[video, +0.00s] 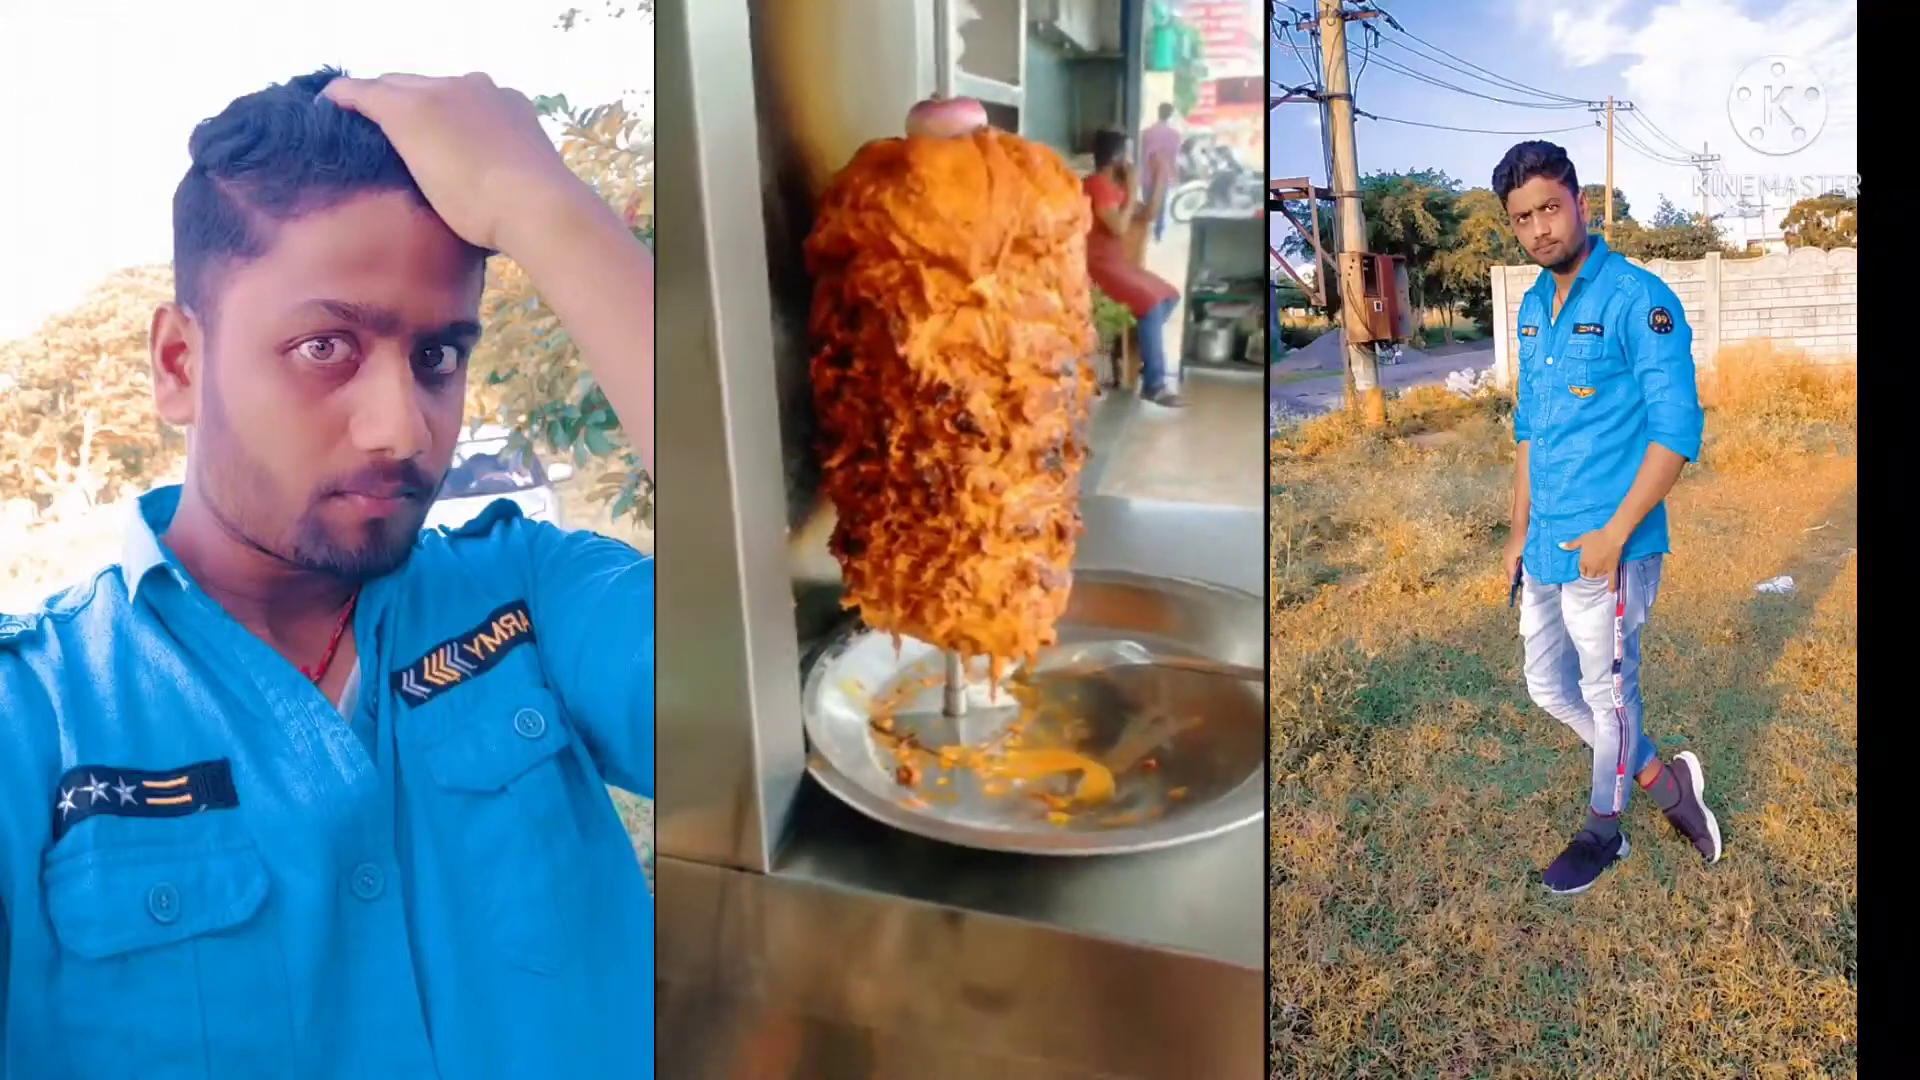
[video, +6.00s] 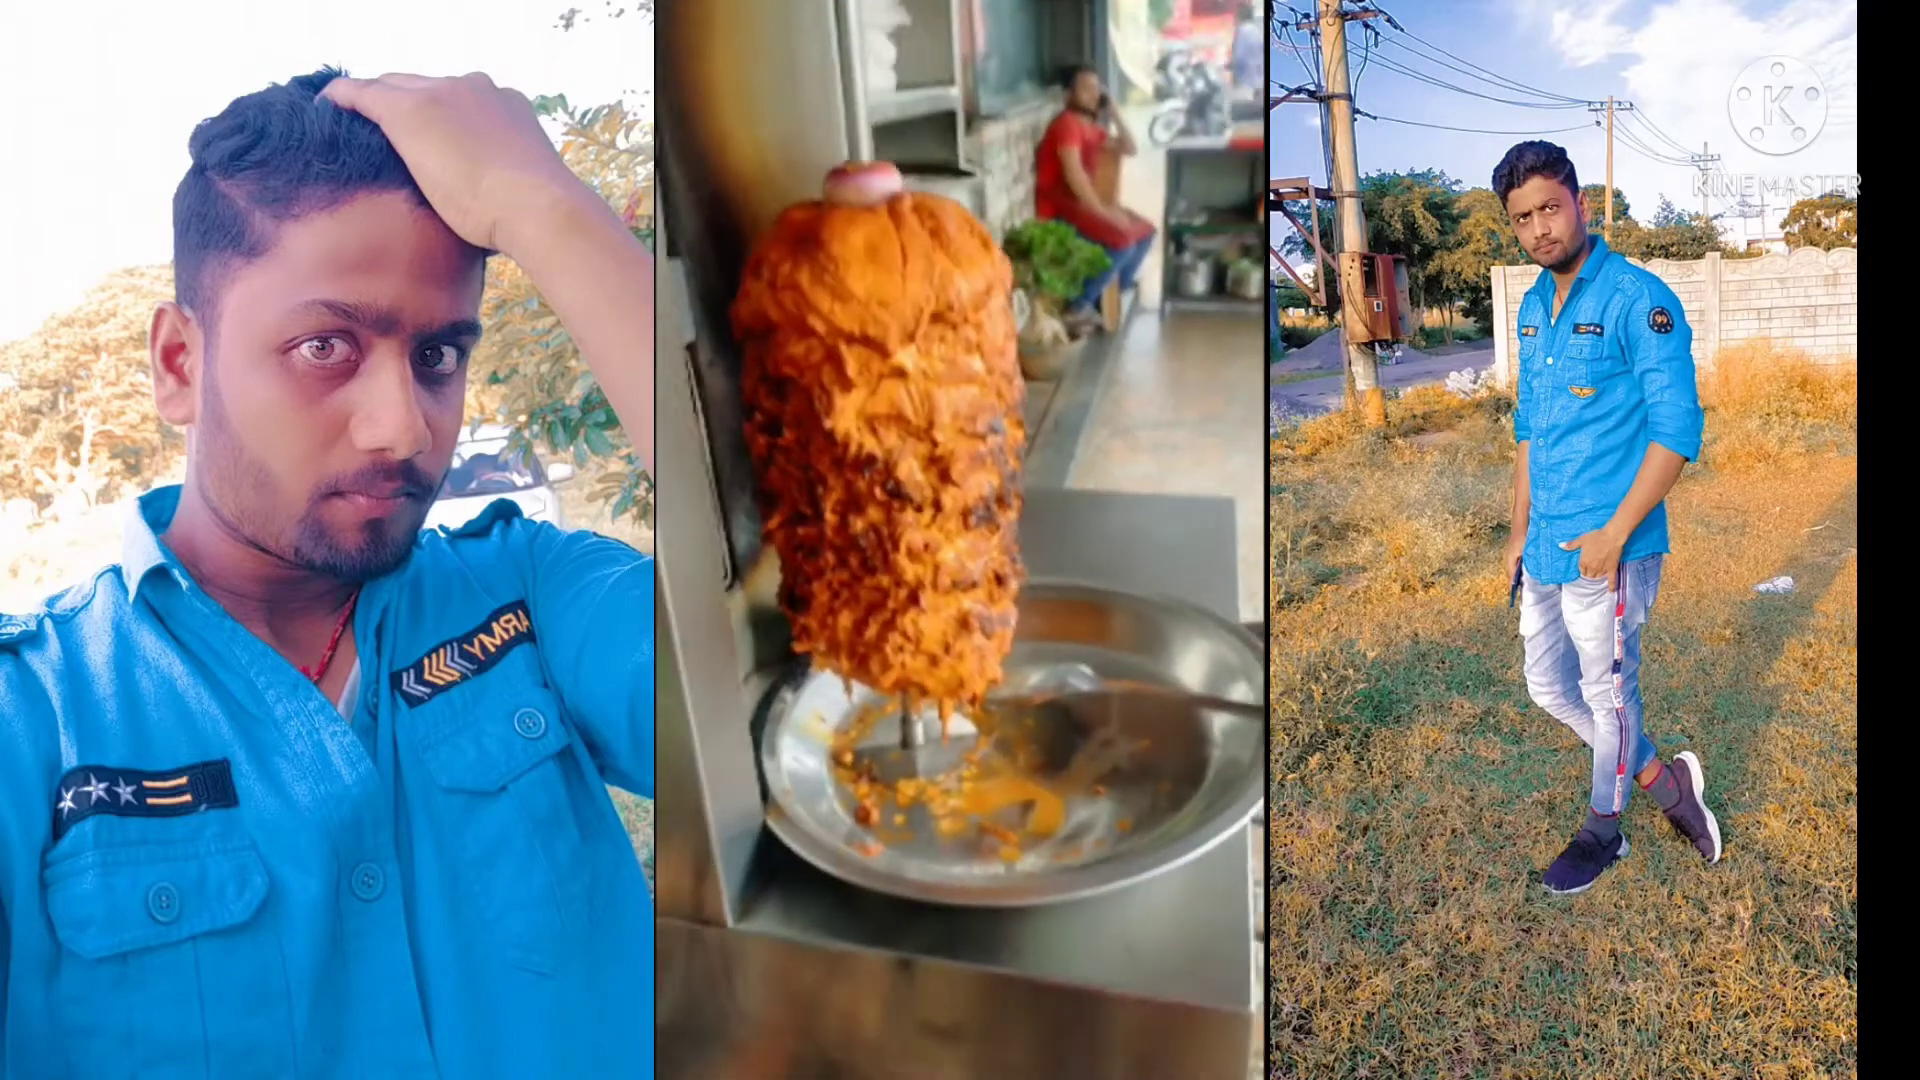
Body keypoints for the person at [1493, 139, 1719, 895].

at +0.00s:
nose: (1539, 228)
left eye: (1550, 208)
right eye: (1522, 218)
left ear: (1581, 203)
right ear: (1512, 228)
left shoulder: (1640, 298)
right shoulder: (1534, 306)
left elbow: (1677, 433)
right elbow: (1529, 431)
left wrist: (1615, 532)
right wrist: (1519, 530)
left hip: (1612, 538)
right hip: (1544, 539)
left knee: (1610, 691)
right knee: (1548, 684)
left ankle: (1603, 828)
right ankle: (1665, 778)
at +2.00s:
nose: (1539, 228)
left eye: (1550, 208)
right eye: (1523, 218)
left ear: (1582, 203)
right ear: (1513, 228)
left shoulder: (1640, 298)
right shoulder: (1534, 307)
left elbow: (1678, 432)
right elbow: (1529, 430)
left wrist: (1616, 531)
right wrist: (1519, 528)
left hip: (1611, 536)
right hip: (1544, 538)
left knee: (1610, 689)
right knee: (1549, 684)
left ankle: (1602, 828)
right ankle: (1665, 778)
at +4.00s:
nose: (1537, 229)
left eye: (1549, 208)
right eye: (1522, 218)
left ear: (1582, 202)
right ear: (1513, 228)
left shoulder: (1640, 298)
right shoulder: (1534, 306)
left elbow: (1678, 432)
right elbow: (1529, 431)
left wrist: (1616, 532)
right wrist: (1519, 529)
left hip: (1611, 537)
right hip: (1544, 538)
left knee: (1610, 690)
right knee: (1549, 684)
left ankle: (1602, 828)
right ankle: (1664, 778)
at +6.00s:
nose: (1537, 229)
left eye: (1548, 208)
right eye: (1522, 219)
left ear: (1582, 202)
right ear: (1513, 228)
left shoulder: (1641, 298)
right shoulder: (1534, 306)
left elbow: (1678, 432)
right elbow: (1529, 430)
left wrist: (1616, 532)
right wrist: (1519, 528)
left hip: (1612, 537)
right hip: (1544, 538)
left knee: (1609, 690)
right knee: (1549, 685)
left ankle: (1602, 828)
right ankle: (1665, 777)